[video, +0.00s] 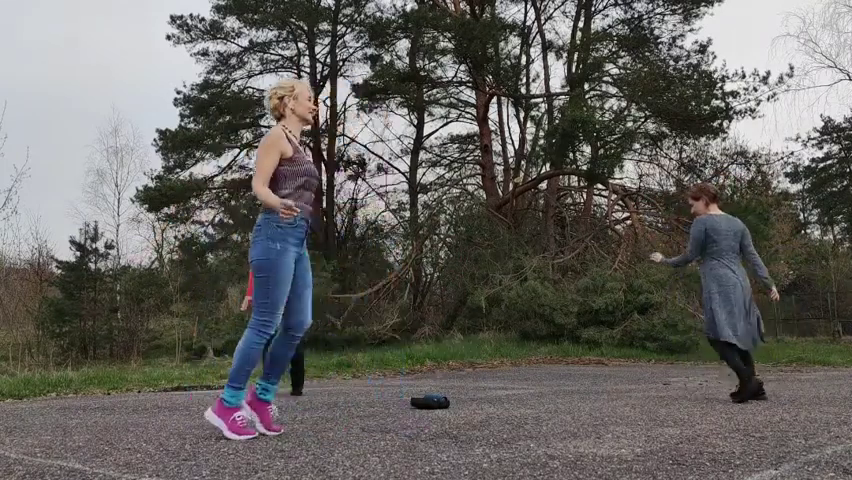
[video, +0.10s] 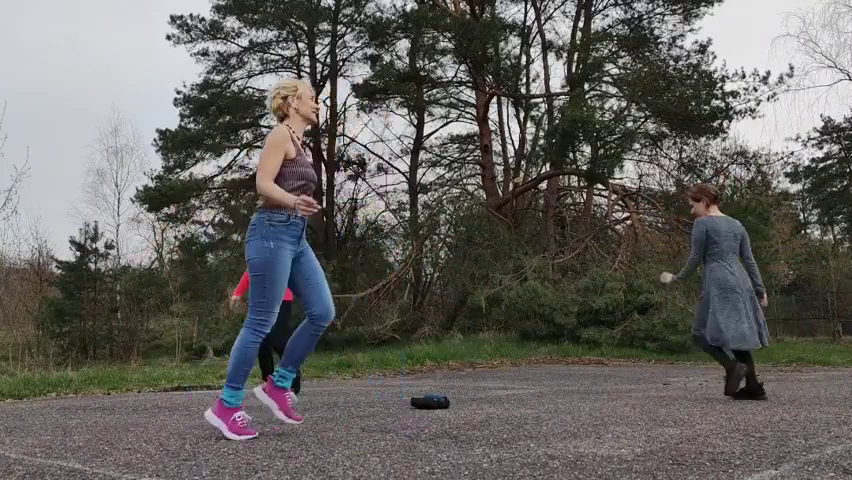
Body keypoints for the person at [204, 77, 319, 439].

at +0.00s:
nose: (315, 105)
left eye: (314, 100)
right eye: (309, 100)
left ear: (295, 106)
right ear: (289, 104)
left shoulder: (297, 143)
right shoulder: (276, 138)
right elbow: (259, 186)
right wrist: (279, 204)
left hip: (297, 239)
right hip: (275, 236)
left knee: (298, 323)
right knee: (264, 324)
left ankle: (261, 399)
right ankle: (228, 404)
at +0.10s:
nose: (318, 106)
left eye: (317, 101)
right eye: (312, 100)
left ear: (299, 105)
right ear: (292, 103)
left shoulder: (298, 144)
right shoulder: (280, 135)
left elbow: (283, 189)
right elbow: (263, 184)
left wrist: (302, 206)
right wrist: (293, 201)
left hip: (295, 236)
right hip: (271, 233)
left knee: (321, 313)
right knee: (260, 322)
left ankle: (278, 386)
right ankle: (227, 405)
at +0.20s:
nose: (321, 101)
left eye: (320, 95)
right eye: (316, 95)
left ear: (301, 99)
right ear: (297, 99)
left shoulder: (300, 136)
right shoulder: (286, 128)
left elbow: (267, 184)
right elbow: (272, 176)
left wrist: (257, 219)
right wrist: (314, 189)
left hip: (299, 231)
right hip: (275, 228)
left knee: (332, 305)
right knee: (264, 318)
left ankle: (306, 389)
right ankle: (231, 403)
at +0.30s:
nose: (329, 105)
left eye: (328, 99)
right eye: (324, 98)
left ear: (309, 103)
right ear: (305, 101)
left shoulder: (299, 140)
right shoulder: (293, 131)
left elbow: (264, 190)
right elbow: (290, 180)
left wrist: (260, 230)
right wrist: (335, 183)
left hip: (308, 235)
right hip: (284, 231)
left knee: (335, 314)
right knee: (266, 322)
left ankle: (344, 400)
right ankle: (230, 404)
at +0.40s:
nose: (337, 113)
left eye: (336, 107)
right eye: (332, 106)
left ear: (314, 111)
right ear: (314, 109)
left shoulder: (309, 147)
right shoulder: (303, 139)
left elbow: (279, 193)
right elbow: (308, 188)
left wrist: (275, 235)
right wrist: (356, 187)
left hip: (321, 245)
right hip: (296, 242)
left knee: (340, 330)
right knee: (271, 328)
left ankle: (366, 410)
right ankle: (228, 405)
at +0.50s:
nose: (350, 113)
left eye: (348, 107)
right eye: (344, 106)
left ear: (330, 112)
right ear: (327, 110)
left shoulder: (330, 148)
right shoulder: (320, 140)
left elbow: (305, 201)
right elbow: (325, 189)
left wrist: (301, 240)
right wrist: (373, 195)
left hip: (344, 246)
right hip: (318, 243)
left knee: (353, 335)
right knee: (297, 330)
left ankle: (374, 415)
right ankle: (240, 401)